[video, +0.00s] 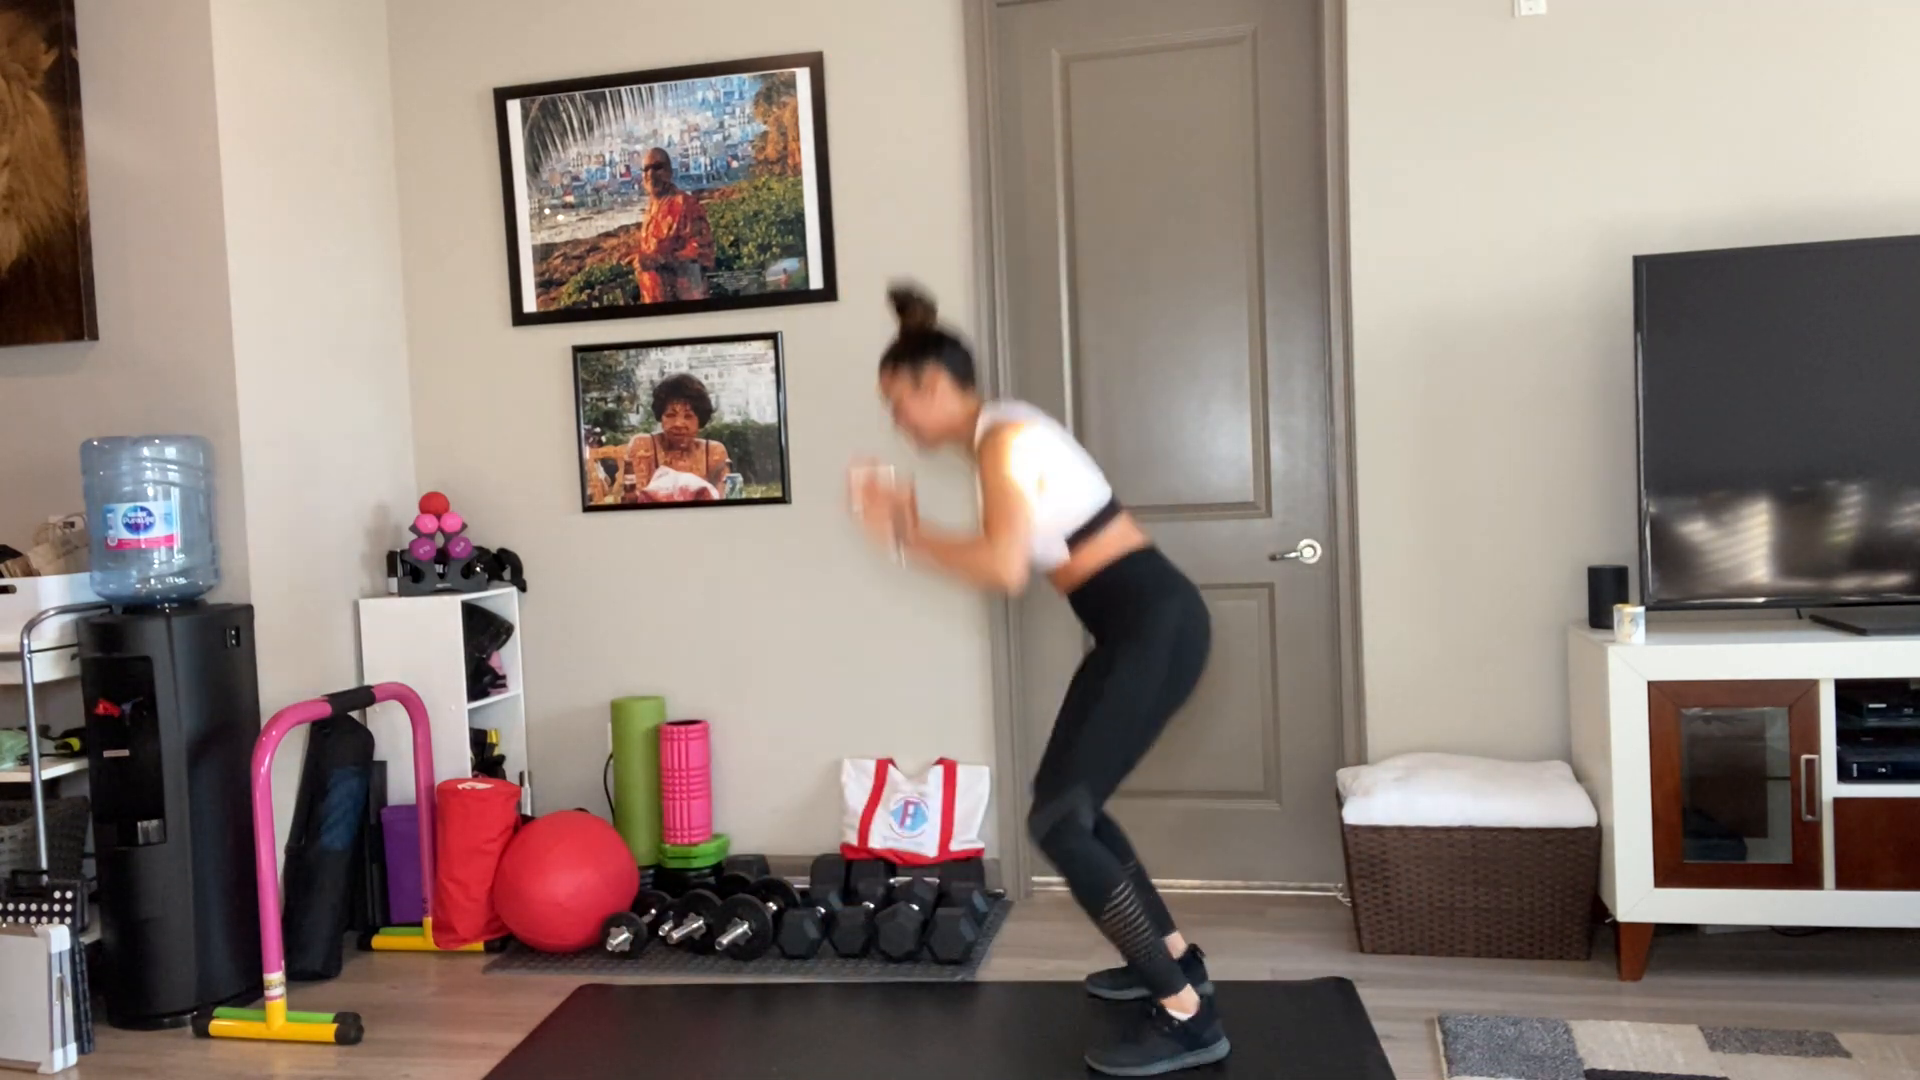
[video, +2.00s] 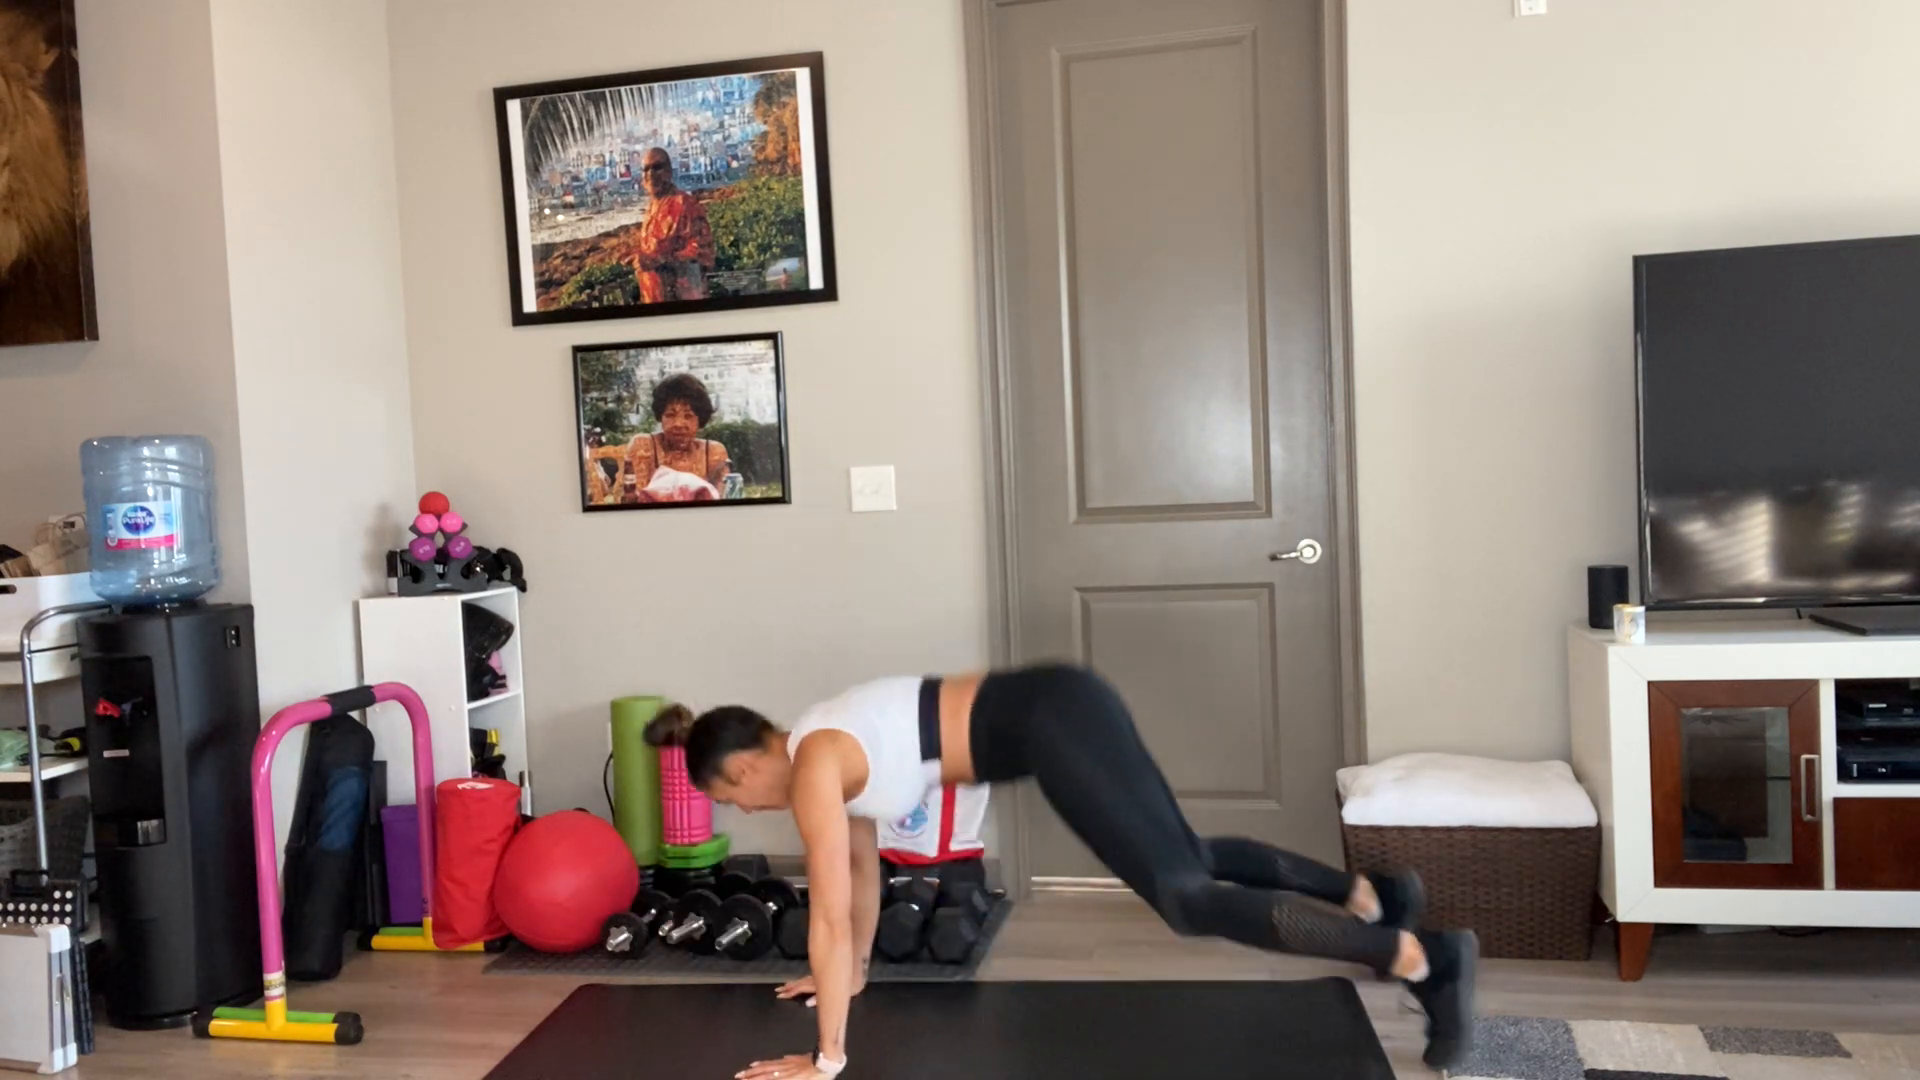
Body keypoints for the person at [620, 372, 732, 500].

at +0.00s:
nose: (679, 424)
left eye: (688, 416)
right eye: (670, 415)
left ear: (701, 420)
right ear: (660, 418)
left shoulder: (715, 451)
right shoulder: (642, 446)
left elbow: (720, 501)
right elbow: (638, 499)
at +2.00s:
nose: (679, 424)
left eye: (688, 416)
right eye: (670, 415)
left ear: (700, 420)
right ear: (660, 417)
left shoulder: (714, 451)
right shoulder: (641, 446)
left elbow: (722, 499)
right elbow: (632, 499)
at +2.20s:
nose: (679, 424)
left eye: (688, 416)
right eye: (670, 415)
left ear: (700, 420)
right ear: (660, 417)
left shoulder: (714, 451)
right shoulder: (641, 446)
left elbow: (722, 499)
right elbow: (631, 499)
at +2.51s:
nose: (679, 424)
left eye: (688, 416)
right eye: (670, 415)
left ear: (700, 420)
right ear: (660, 417)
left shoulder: (714, 451)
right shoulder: (641, 446)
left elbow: (721, 500)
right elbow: (633, 500)